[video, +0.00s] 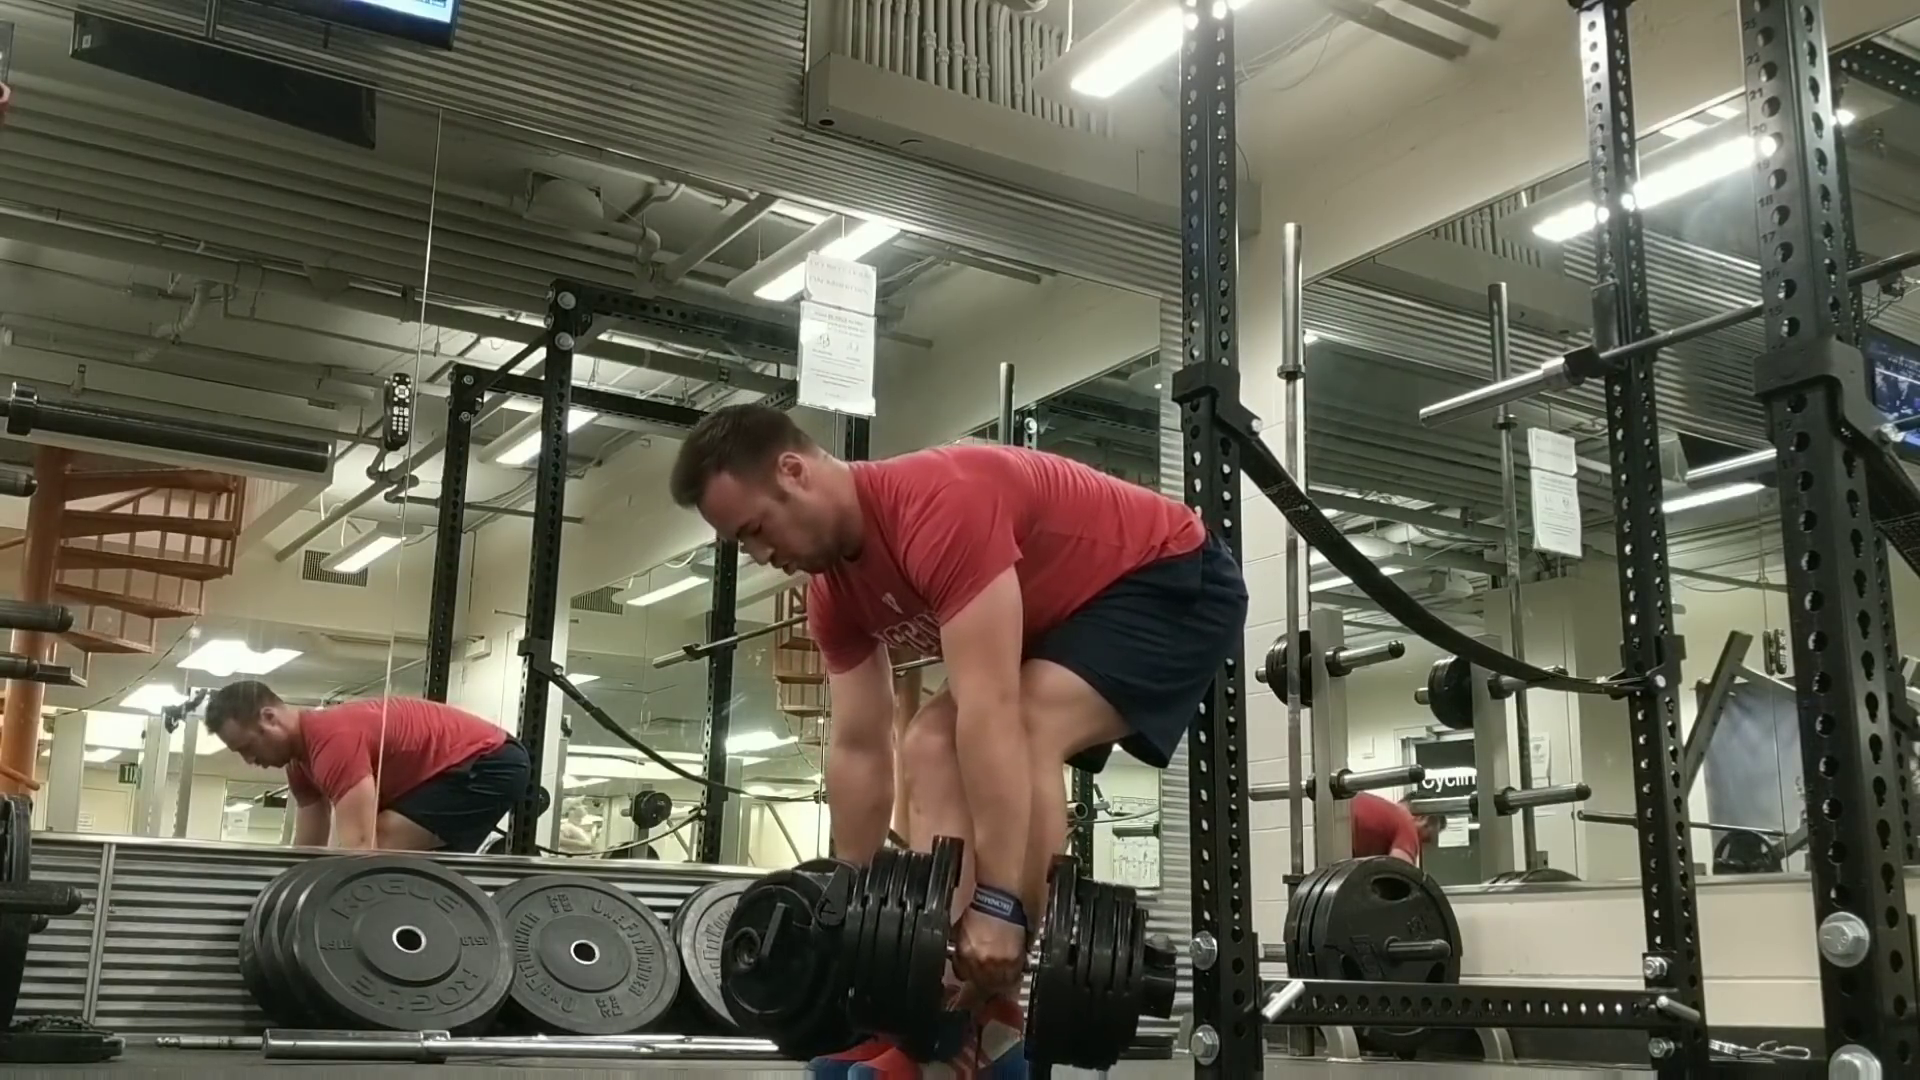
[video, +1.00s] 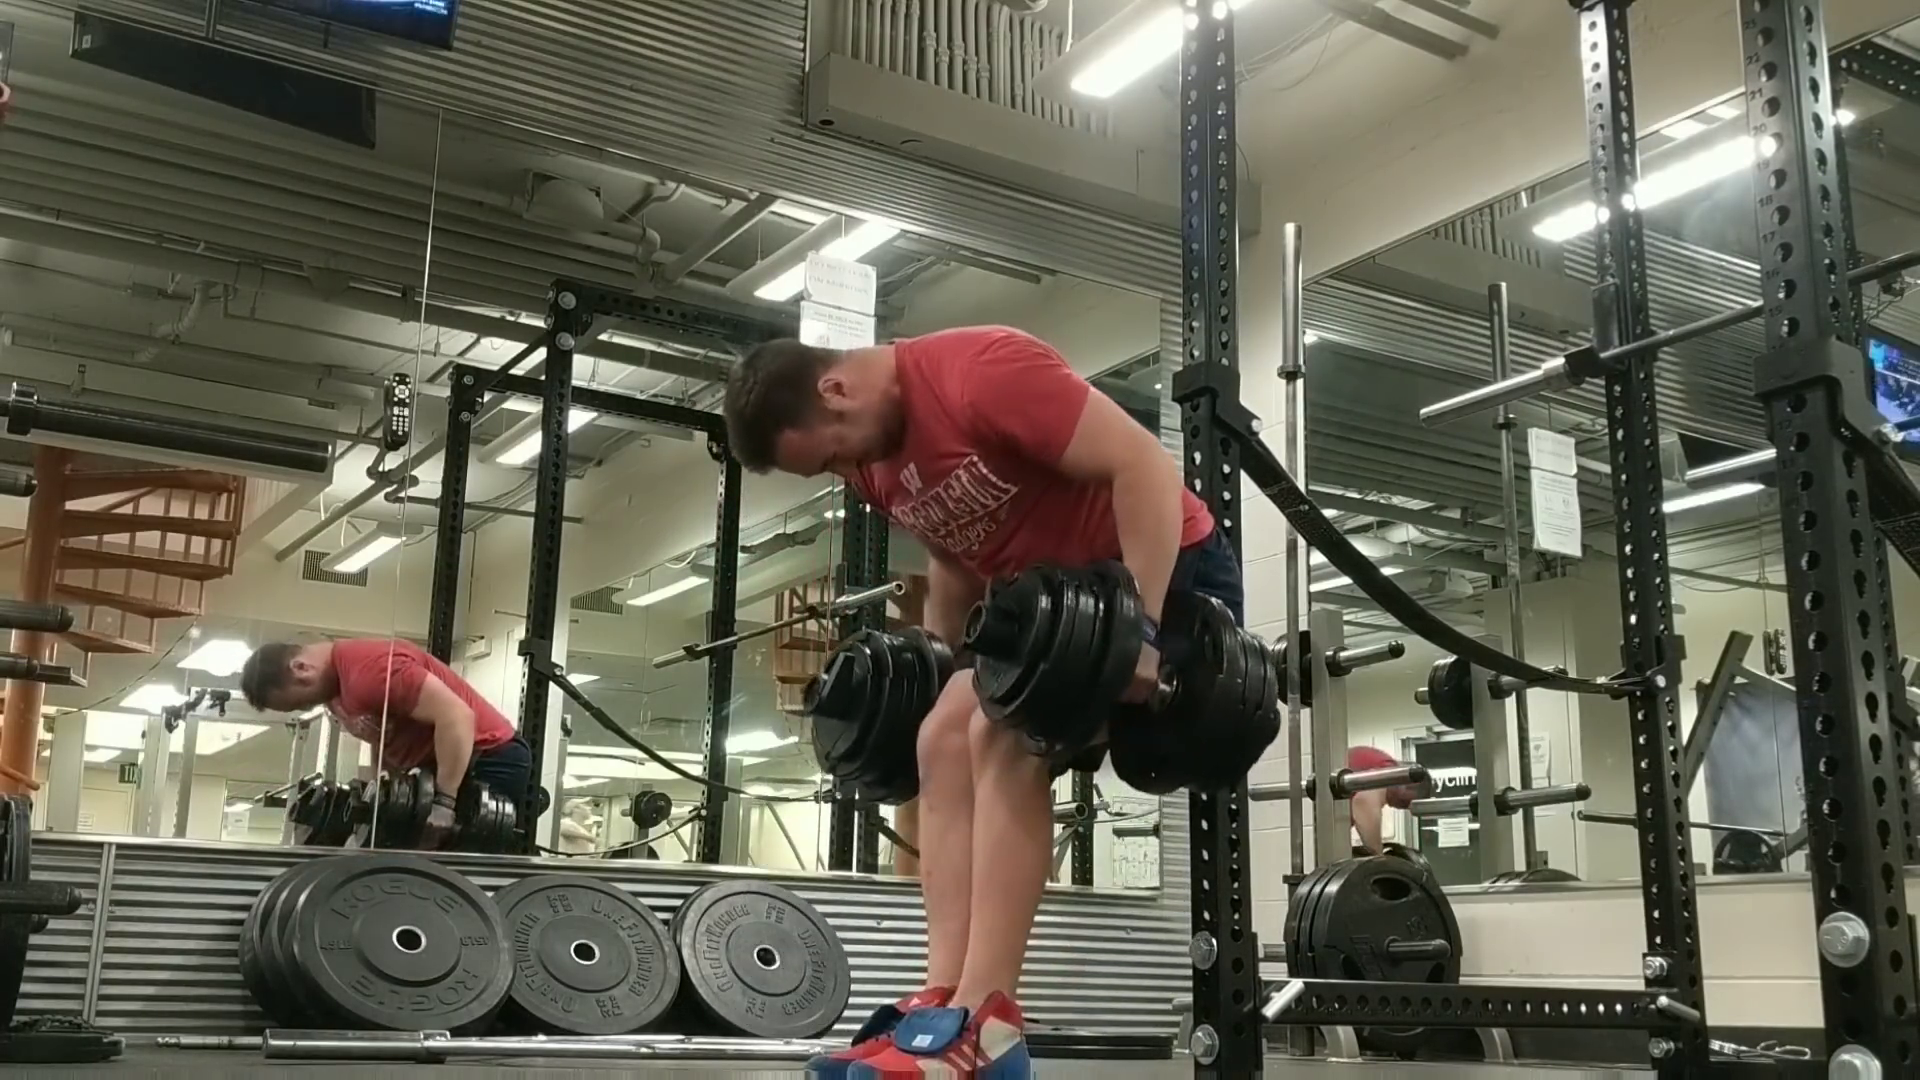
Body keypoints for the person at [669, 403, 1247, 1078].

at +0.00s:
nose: (757, 557)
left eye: (755, 530)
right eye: (742, 545)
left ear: (797, 470)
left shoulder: (944, 505)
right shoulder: (837, 591)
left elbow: (992, 703)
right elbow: (858, 746)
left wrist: (1001, 905)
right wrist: (850, 912)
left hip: (1169, 581)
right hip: (1062, 615)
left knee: (1021, 725)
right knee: (929, 738)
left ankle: (994, 1024)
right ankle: (927, 1021)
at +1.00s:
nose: (846, 473)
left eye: (833, 456)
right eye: (827, 469)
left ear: (836, 390)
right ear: (835, 390)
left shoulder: (983, 374)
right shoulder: (872, 462)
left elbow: (1144, 463)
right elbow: (953, 555)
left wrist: (1142, 625)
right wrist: (932, 668)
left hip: (1157, 571)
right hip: (1050, 598)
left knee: (1006, 736)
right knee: (944, 733)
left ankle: (990, 1017)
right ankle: (941, 1000)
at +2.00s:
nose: (764, 525)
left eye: (762, 499)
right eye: (748, 515)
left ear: (803, 439)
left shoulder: (952, 483)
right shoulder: (845, 566)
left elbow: (985, 687)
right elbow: (854, 723)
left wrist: (985, 879)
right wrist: (845, 884)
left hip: (1167, 580)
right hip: (1061, 615)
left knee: (1015, 726)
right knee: (933, 737)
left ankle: (991, 1029)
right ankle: (935, 1018)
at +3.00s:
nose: (855, 461)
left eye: (843, 444)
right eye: (838, 458)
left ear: (848, 377)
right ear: (847, 379)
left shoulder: (997, 365)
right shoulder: (881, 458)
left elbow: (1159, 459)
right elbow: (954, 558)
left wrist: (1162, 621)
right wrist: (934, 683)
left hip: (1160, 564)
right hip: (1054, 595)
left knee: (1021, 729)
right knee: (957, 730)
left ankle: (991, 1017)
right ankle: (943, 1002)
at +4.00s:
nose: (767, 520)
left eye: (766, 495)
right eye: (751, 509)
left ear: (807, 437)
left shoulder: (953, 482)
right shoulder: (842, 560)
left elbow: (985, 683)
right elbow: (851, 719)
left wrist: (982, 875)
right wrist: (845, 884)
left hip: (1169, 576)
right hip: (1062, 612)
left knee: (1019, 727)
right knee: (935, 740)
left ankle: (988, 1033)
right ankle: (930, 1019)